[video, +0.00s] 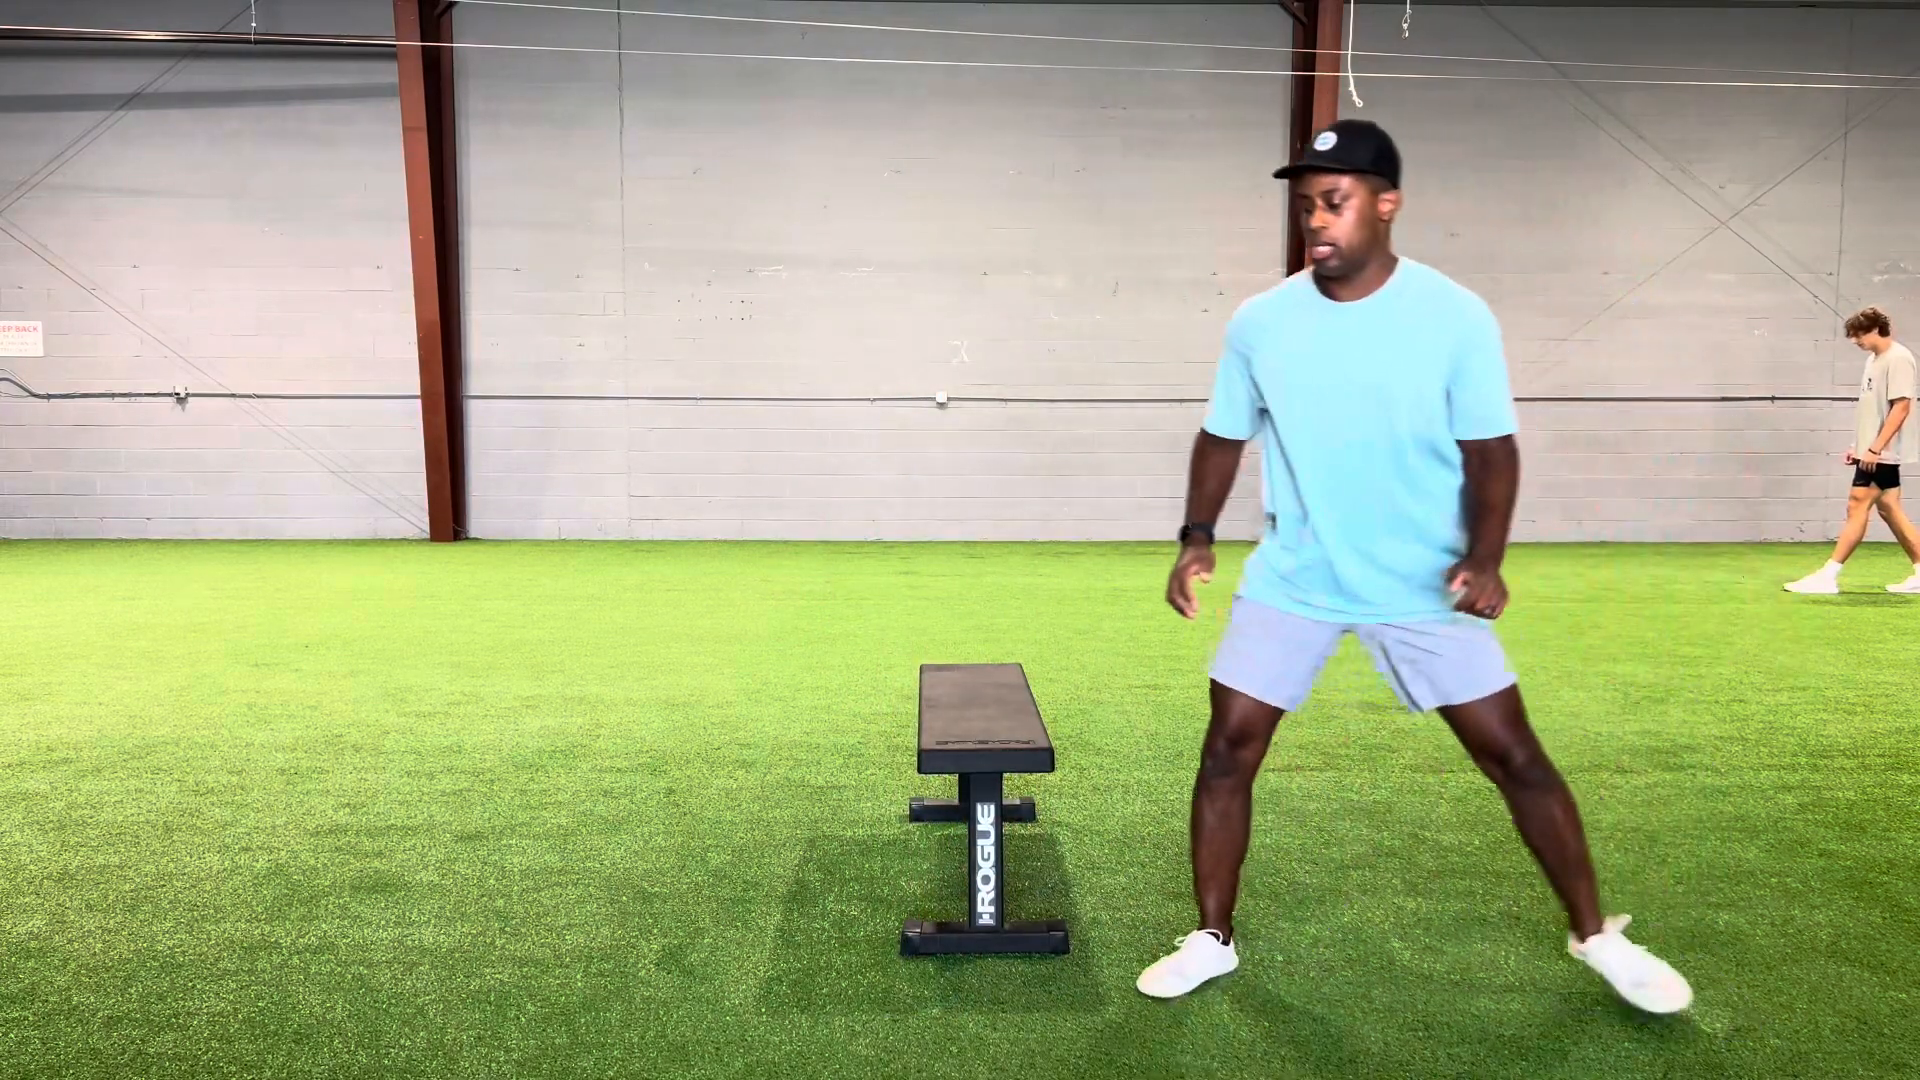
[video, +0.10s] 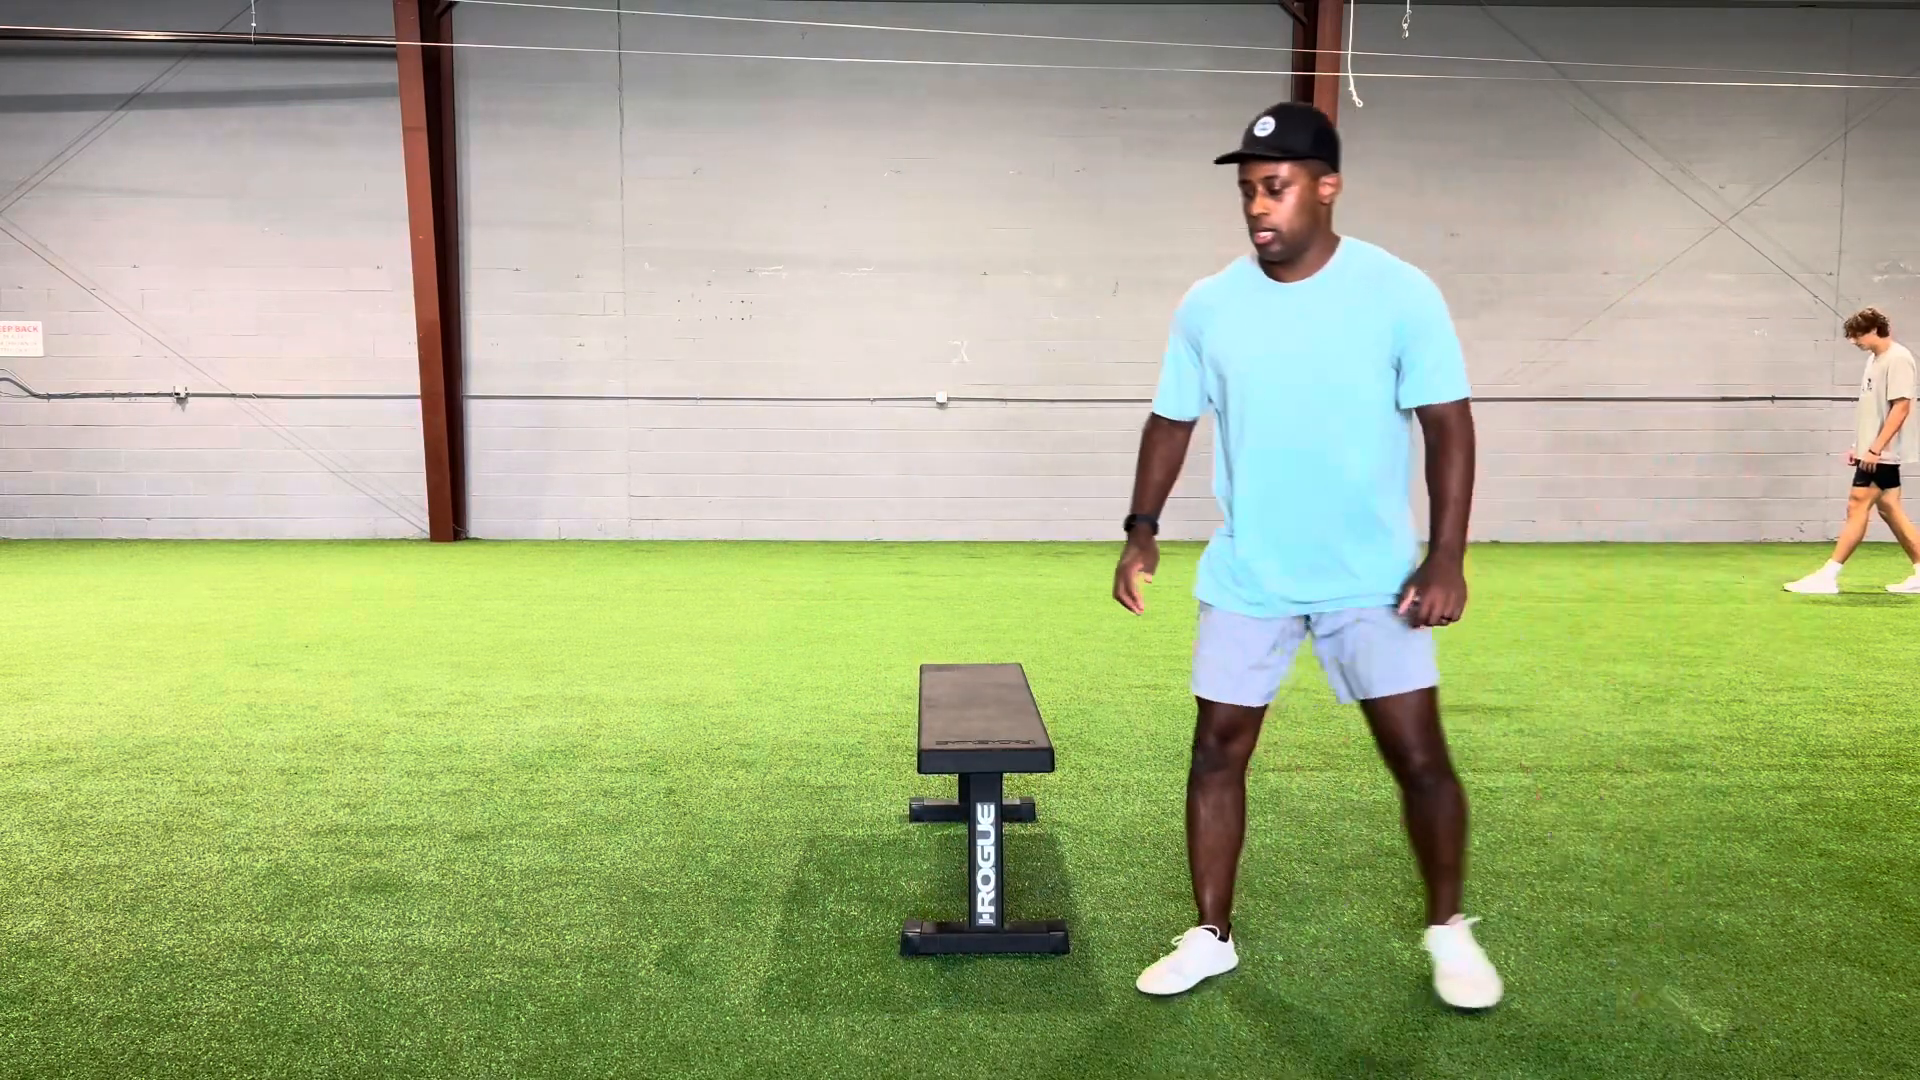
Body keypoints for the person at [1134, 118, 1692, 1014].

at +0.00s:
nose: (1314, 219)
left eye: (1334, 202)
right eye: (1305, 202)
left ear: (1388, 206)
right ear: (1298, 208)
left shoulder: (1457, 319)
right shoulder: (1260, 325)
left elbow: (1491, 451)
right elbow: (1222, 437)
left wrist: (1485, 559)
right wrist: (1196, 535)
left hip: (1423, 584)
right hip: (1293, 576)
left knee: (1516, 756)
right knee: (1228, 744)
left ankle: (1595, 932)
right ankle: (1212, 937)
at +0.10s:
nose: (1257, 206)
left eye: (1276, 187)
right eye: (1250, 188)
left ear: (1328, 190)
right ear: (1241, 193)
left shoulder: (1401, 295)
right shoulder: (1209, 307)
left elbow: (1449, 426)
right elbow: (1170, 423)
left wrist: (1448, 554)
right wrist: (1142, 528)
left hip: (1373, 575)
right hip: (1247, 575)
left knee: (1421, 759)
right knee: (1218, 745)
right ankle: (1210, 932)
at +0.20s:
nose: (1217, 204)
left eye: (1236, 186)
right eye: (1209, 186)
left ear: (1289, 187)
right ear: (1200, 189)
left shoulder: (1363, 289)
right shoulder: (1171, 302)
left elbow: (1419, 414)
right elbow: (1136, 416)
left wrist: (1442, 542)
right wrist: (1105, 514)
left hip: (1325, 565)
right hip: (1212, 566)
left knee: (1315, 752)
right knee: (1200, 746)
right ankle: (1209, 932)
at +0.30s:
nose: (1193, 215)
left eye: (1211, 197)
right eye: (1184, 198)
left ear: (1261, 195)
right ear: (1175, 199)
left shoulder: (1337, 298)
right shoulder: (1152, 306)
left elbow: (1394, 423)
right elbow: (1119, 423)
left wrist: (1431, 549)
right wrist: (1081, 520)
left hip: (1283, 572)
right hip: (1174, 570)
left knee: (1264, 757)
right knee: (1138, 743)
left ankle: (1260, 940)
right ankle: (1194, 917)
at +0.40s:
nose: (1172, 229)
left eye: (1190, 210)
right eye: (1162, 210)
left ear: (1239, 207)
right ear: (1152, 207)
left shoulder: (1304, 311)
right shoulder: (1126, 306)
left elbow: (1363, 439)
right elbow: (1099, 424)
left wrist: (1390, 574)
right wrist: (1059, 521)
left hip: (1247, 581)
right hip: (1136, 567)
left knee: (1247, 764)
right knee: (1062, 724)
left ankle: (1260, 939)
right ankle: (1124, 891)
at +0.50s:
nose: (1144, 229)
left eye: (1164, 210)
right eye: (1132, 209)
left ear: (1209, 208)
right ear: (1119, 206)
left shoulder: (1266, 306)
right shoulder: (1089, 302)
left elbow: (1309, 441)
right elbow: (1056, 418)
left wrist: (1309, 575)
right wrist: (1025, 517)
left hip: (1213, 576)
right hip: (1098, 562)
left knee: (1228, 763)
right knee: (1027, 731)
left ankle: (1255, 941)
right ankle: (1001, 923)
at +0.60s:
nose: (1111, 248)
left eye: (1131, 229)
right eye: (1098, 227)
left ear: (1170, 225)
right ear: (1081, 219)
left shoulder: (1219, 325)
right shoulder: (1041, 314)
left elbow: (1253, 461)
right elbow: (1004, 424)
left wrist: (1227, 578)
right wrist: (985, 524)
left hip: (1172, 588)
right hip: (1058, 578)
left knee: (1201, 772)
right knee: (992, 747)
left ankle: (1250, 938)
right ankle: (943, 933)